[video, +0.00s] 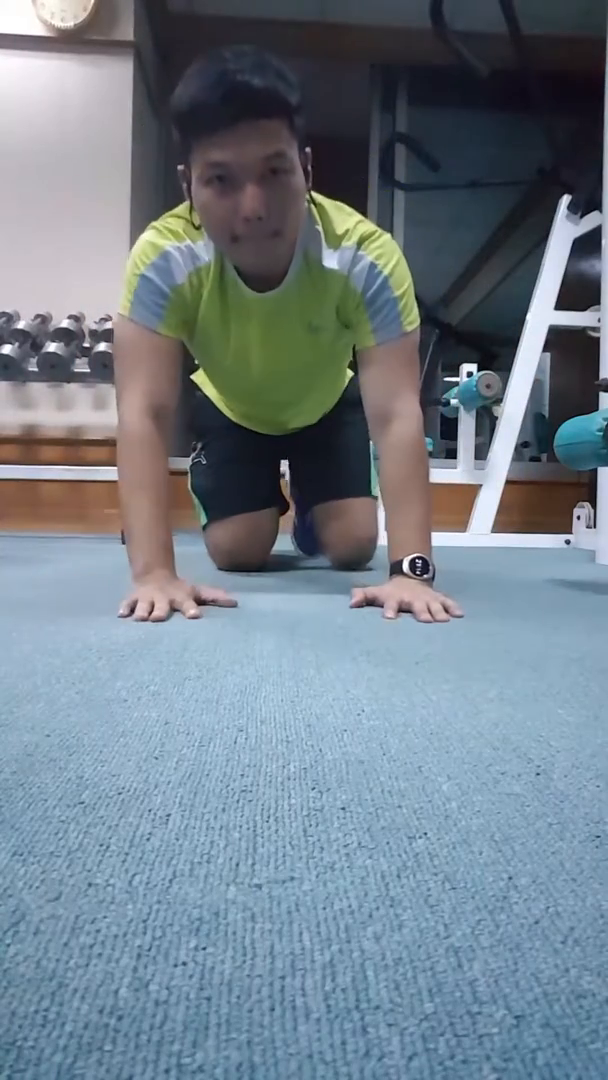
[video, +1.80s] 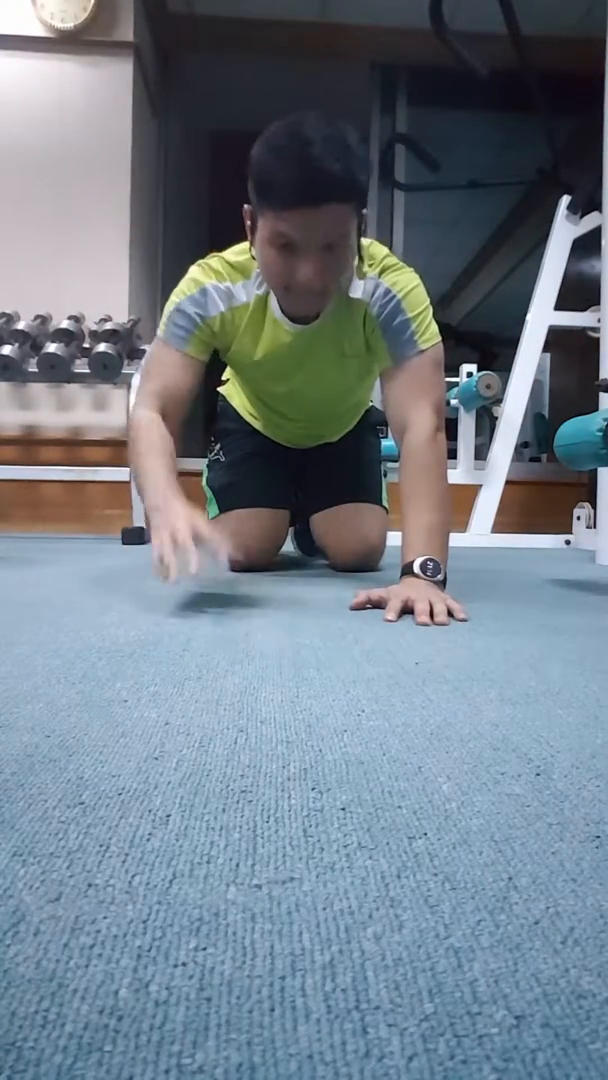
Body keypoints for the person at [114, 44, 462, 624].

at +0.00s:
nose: (254, 206)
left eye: (274, 172)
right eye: (221, 180)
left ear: (305, 167)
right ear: (188, 185)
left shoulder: (367, 258)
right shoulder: (164, 257)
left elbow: (396, 415)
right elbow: (144, 414)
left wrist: (412, 570)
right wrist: (154, 571)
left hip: (328, 395)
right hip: (227, 400)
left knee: (352, 547)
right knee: (238, 553)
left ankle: (310, 514)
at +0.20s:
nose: (279, 231)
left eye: (299, 201)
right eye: (252, 205)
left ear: (331, 191)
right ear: (215, 204)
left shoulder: (379, 273)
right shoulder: (186, 275)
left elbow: (413, 421)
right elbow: (151, 425)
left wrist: (421, 569)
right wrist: (155, 572)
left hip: (333, 406)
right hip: (234, 407)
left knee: (353, 551)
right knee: (241, 553)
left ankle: (306, 518)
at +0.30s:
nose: (306, 273)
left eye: (327, 251)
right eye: (281, 252)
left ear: (352, 227)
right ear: (241, 221)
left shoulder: (389, 287)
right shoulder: (198, 291)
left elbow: (419, 432)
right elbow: (142, 430)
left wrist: (425, 573)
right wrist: (160, 556)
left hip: (341, 412)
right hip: (244, 412)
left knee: (359, 551)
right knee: (244, 552)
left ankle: (310, 517)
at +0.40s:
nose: (320, 318)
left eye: (342, 296)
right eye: (300, 292)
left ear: (368, 271)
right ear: (263, 244)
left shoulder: (396, 292)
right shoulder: (207, 301)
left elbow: (422, 427)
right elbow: (141, 420)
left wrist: (425, 571)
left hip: (345, 412)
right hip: (249, 412)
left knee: (360, 553)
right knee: (245, 554)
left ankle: (311, 516)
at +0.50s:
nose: (322, 340)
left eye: (342, 329)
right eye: (306, 323)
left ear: (375, 302)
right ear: (276, 266)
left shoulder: (405, 297)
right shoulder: (219, 295)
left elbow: (425, 429)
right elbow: (147, 448)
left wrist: (424, 572)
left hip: (349, 414)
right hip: (253, 409)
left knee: (360, 551)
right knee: (246, 550)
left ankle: (310, 520)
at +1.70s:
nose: (314, 284)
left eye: (338, 260)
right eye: (291, 257)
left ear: (363, 240)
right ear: (255, 228)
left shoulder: (393, 289)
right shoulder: (211, 286)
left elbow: (422, 425)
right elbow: (161, 398)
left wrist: (425, 572)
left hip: (345, 418)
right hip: (249, 415)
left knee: (358, 551)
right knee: (245, 552)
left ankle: (309, 516)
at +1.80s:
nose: (309, 273)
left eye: (331, 248)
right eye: (286, 247)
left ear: (358, 230)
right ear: (251, 225)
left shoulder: (391, 290)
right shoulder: (211, 288)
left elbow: (420, 427)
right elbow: (152, 409)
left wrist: (424, 572)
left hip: (346, 420)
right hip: (252, 417)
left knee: (358, 552)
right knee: (250, 552)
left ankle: (310, 518)